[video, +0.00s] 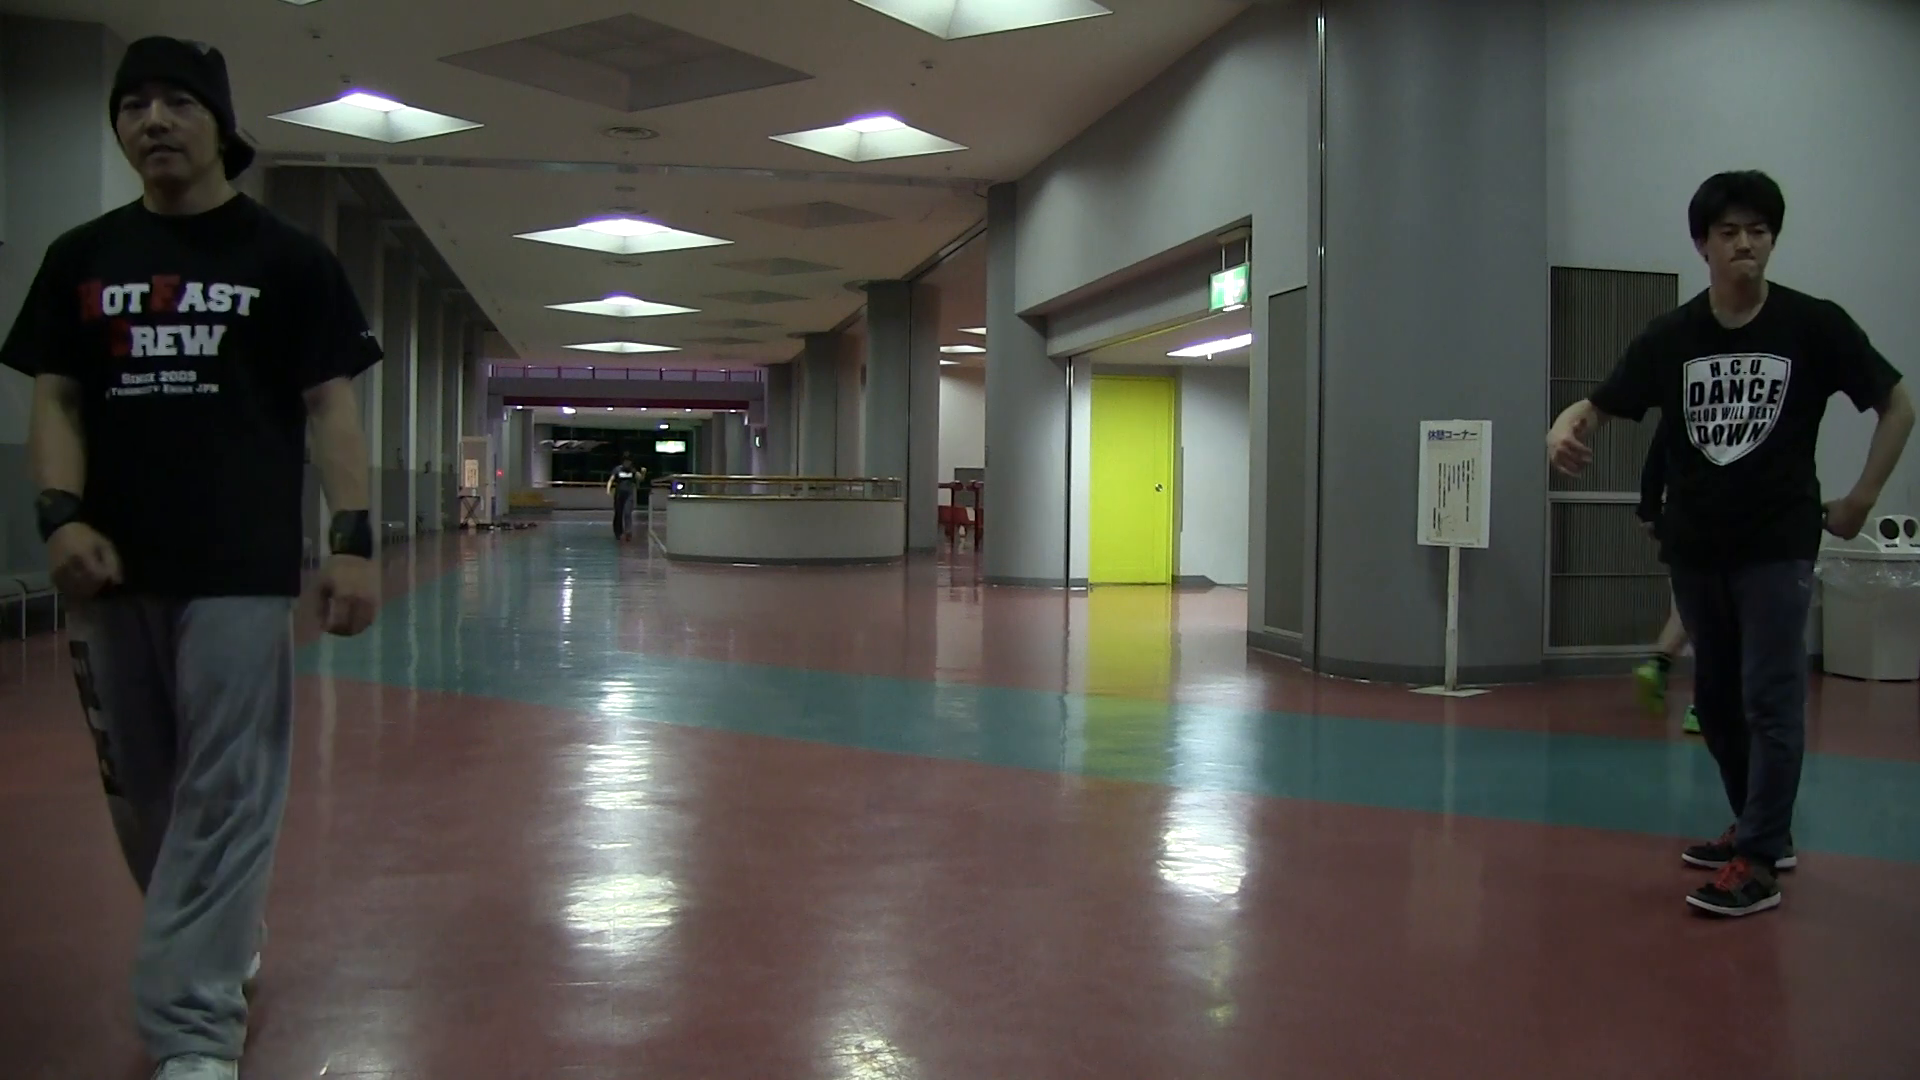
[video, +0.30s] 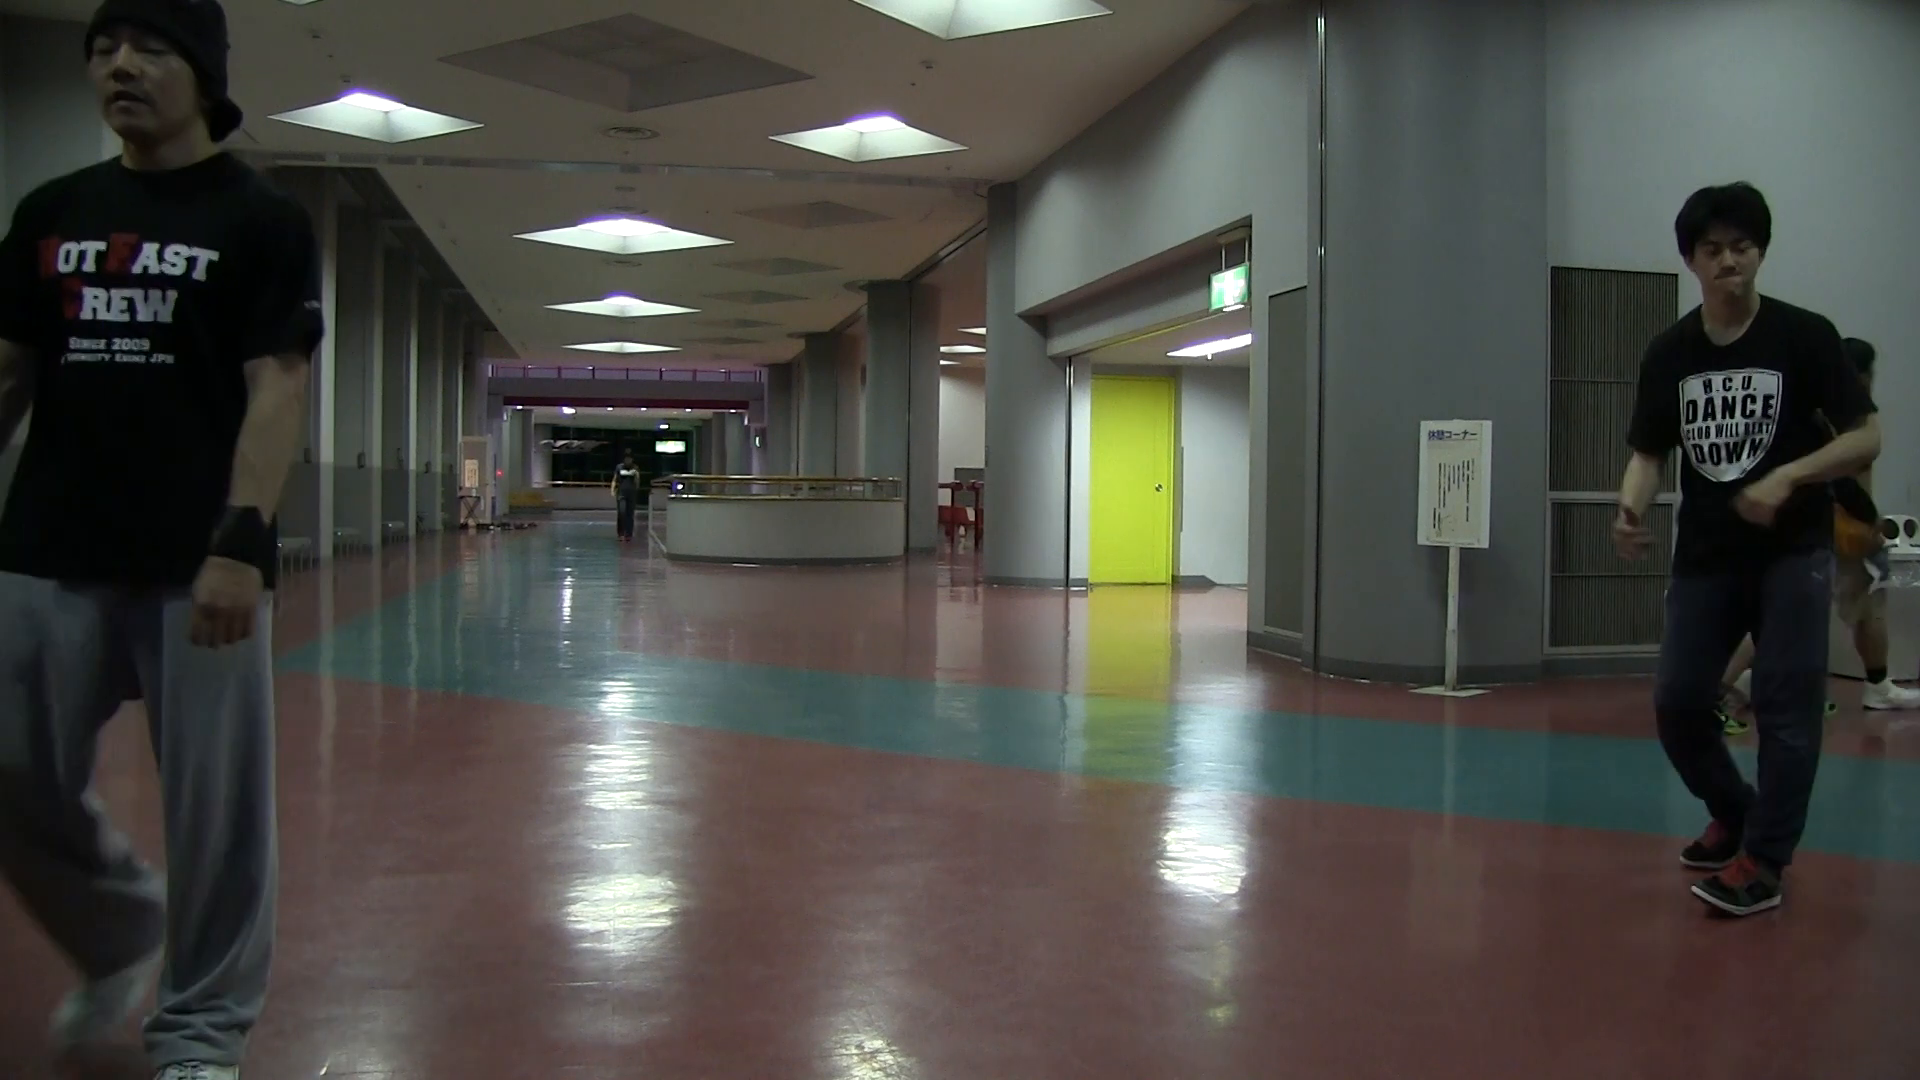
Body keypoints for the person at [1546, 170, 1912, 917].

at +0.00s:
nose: (1745, 242)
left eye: (1758, 230)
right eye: (1729, 230)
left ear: (1774, 241)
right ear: (1702, 243)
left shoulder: (1815, 326)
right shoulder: (1668, 337)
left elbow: (1897, 404)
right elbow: (1598, 406)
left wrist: (1862, 498)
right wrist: (1564, 428)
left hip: (1779, 542)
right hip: (1697, 546)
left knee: (1769, 697)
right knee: (1716, 699)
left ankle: (1758, 865)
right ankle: (1757, 828)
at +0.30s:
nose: (1727, 260)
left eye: (1740, 246)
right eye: (1712, 249)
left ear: (1762, 253)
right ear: (1690, 260)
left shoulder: (1807, 337)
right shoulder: (1668, 353)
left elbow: (1866, 436)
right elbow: (1648, 450)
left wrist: (1787, 475)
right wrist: (1631, 508)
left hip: (1793, 552)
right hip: (1707, 555)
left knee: (1788, 703)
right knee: (1677, 702)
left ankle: (1765, 865)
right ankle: (1736, 811)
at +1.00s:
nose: (1679, 291)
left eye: (1691, 274)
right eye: (1667, 280)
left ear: (1728, 272)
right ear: (1658, 287)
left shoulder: (1790, 342)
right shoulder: (1663, 375)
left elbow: (1795, 457)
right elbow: (1679, 472)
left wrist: (1689, 465)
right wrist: (1649, 505)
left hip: (1784, 551)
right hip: (1705, 554)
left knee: (1752, 690)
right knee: (1704, 696)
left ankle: (1757, 862)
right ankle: (1742, 824)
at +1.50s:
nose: (1643, 282)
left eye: (1656, 267)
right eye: (1639, 269)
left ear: (1704, 269)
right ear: (1643, 277)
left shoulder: (1767, 339)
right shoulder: (1662, 369)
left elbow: (1771, 458)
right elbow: (1678, 478)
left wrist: (1690, 538)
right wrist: (1672, 548)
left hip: (1798, 544)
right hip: (1722, 548)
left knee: (1764, 691)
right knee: (1676, 694)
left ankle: (1757, 864)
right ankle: (1716, 812)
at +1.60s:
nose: (1633, 268)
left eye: (1643, 254)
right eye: (1634, 254)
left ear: (1686, 261)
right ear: (1677, 264)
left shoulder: (1757, 334)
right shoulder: (1671, 357)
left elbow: (1771, 457)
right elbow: (1689, 464)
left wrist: (1761, 565)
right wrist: (1669, 554)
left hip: (1782, 552)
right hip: (1712, 550)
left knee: (1762, 704)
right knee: (1674, 696)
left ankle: (1756, 863)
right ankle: (1737, 812)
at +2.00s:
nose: (1654, 251)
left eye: (1658, 238)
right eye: (1656, 237)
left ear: (1681, 245)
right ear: (1715, 247)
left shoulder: (1730, 320)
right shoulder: (1727, 316)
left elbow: (1749, 432)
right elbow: (1735, 434)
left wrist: (1766, 539)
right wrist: (1707, 533)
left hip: (1718, 542)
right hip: (1719, 538)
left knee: (1654, 671)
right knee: (1723, 680)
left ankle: (1702, 832)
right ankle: (1766, 832)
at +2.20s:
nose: (1649, 245)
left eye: (1654, 232)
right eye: (1653, 232)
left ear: (1676, 241)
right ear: (1708, 242)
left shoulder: (1721, 317)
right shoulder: (1717, 315)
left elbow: (1727, 429)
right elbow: (1717, 432)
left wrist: (1716, 536)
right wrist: (1697, 531)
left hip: (1710, 542)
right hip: (1715, 540)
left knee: (1639, 674)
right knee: (1726, 689)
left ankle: (1623, 824)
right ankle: (1766, 830)